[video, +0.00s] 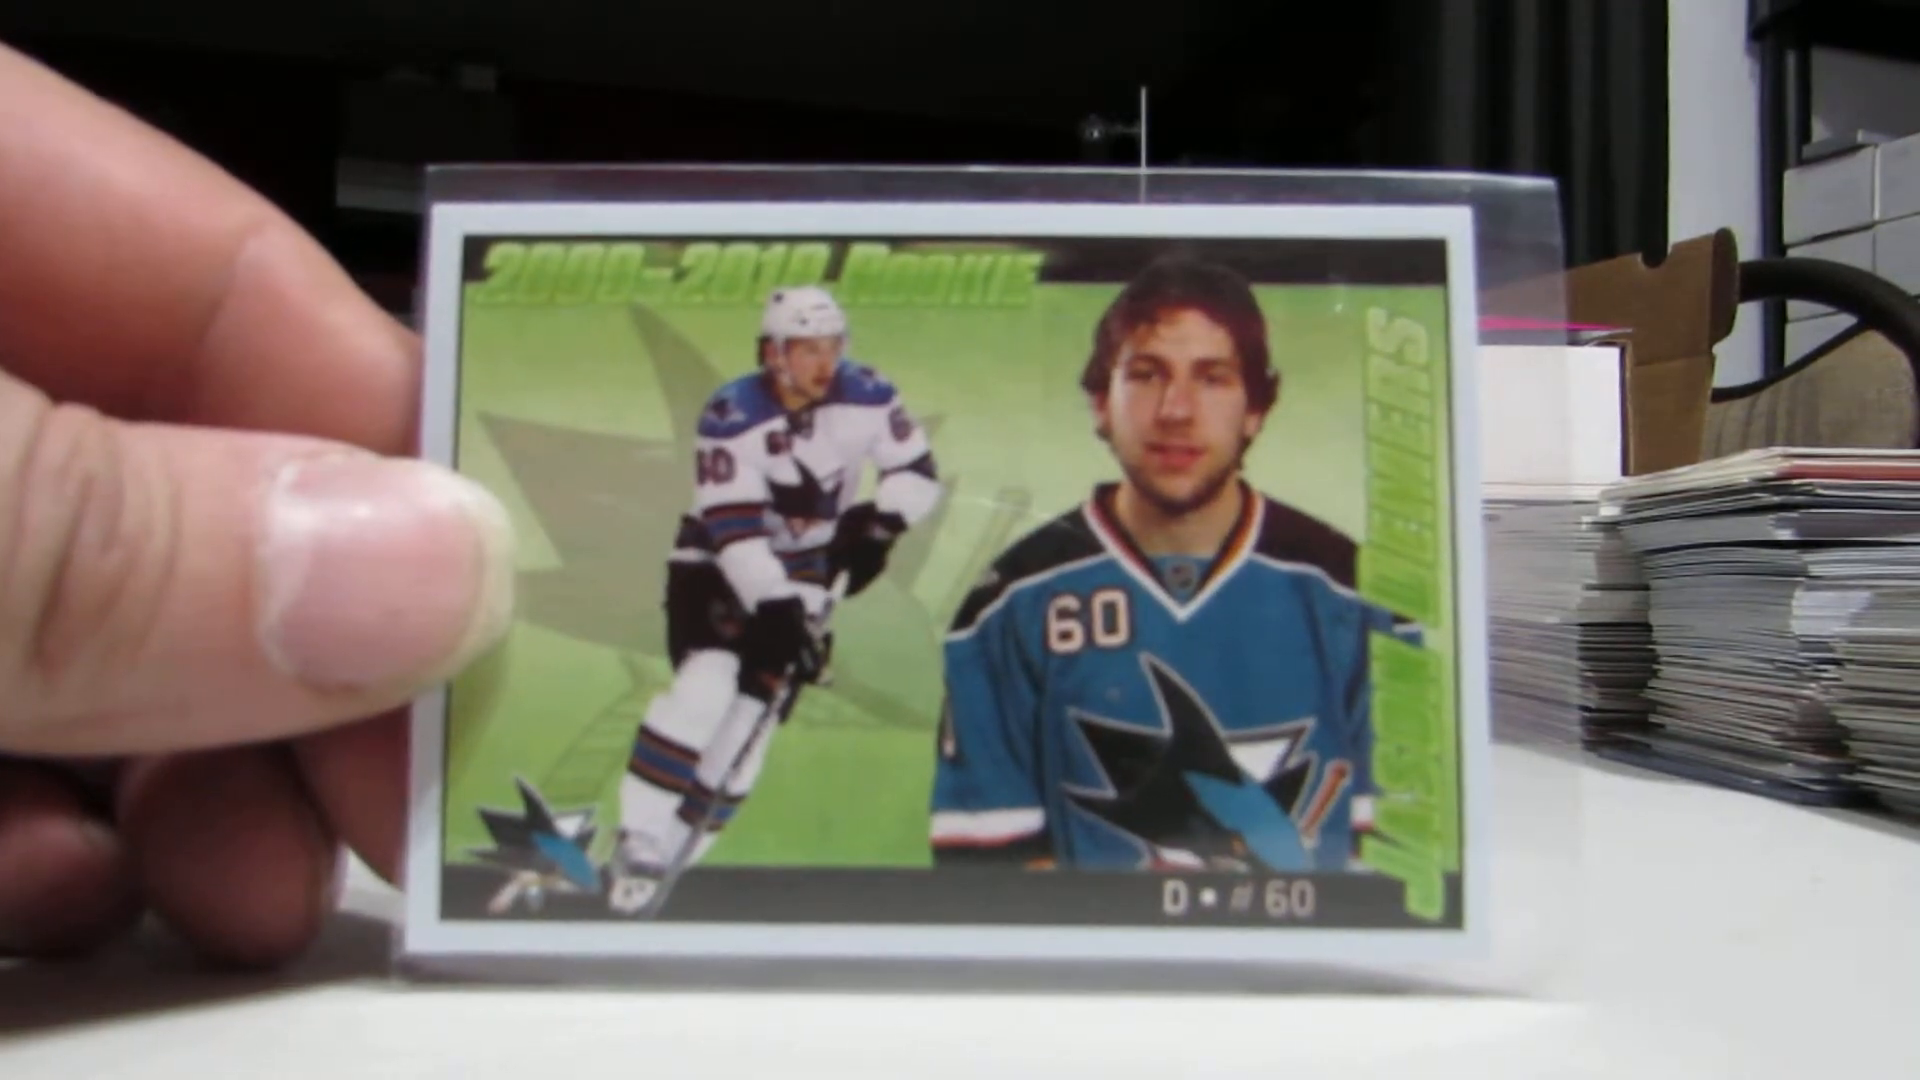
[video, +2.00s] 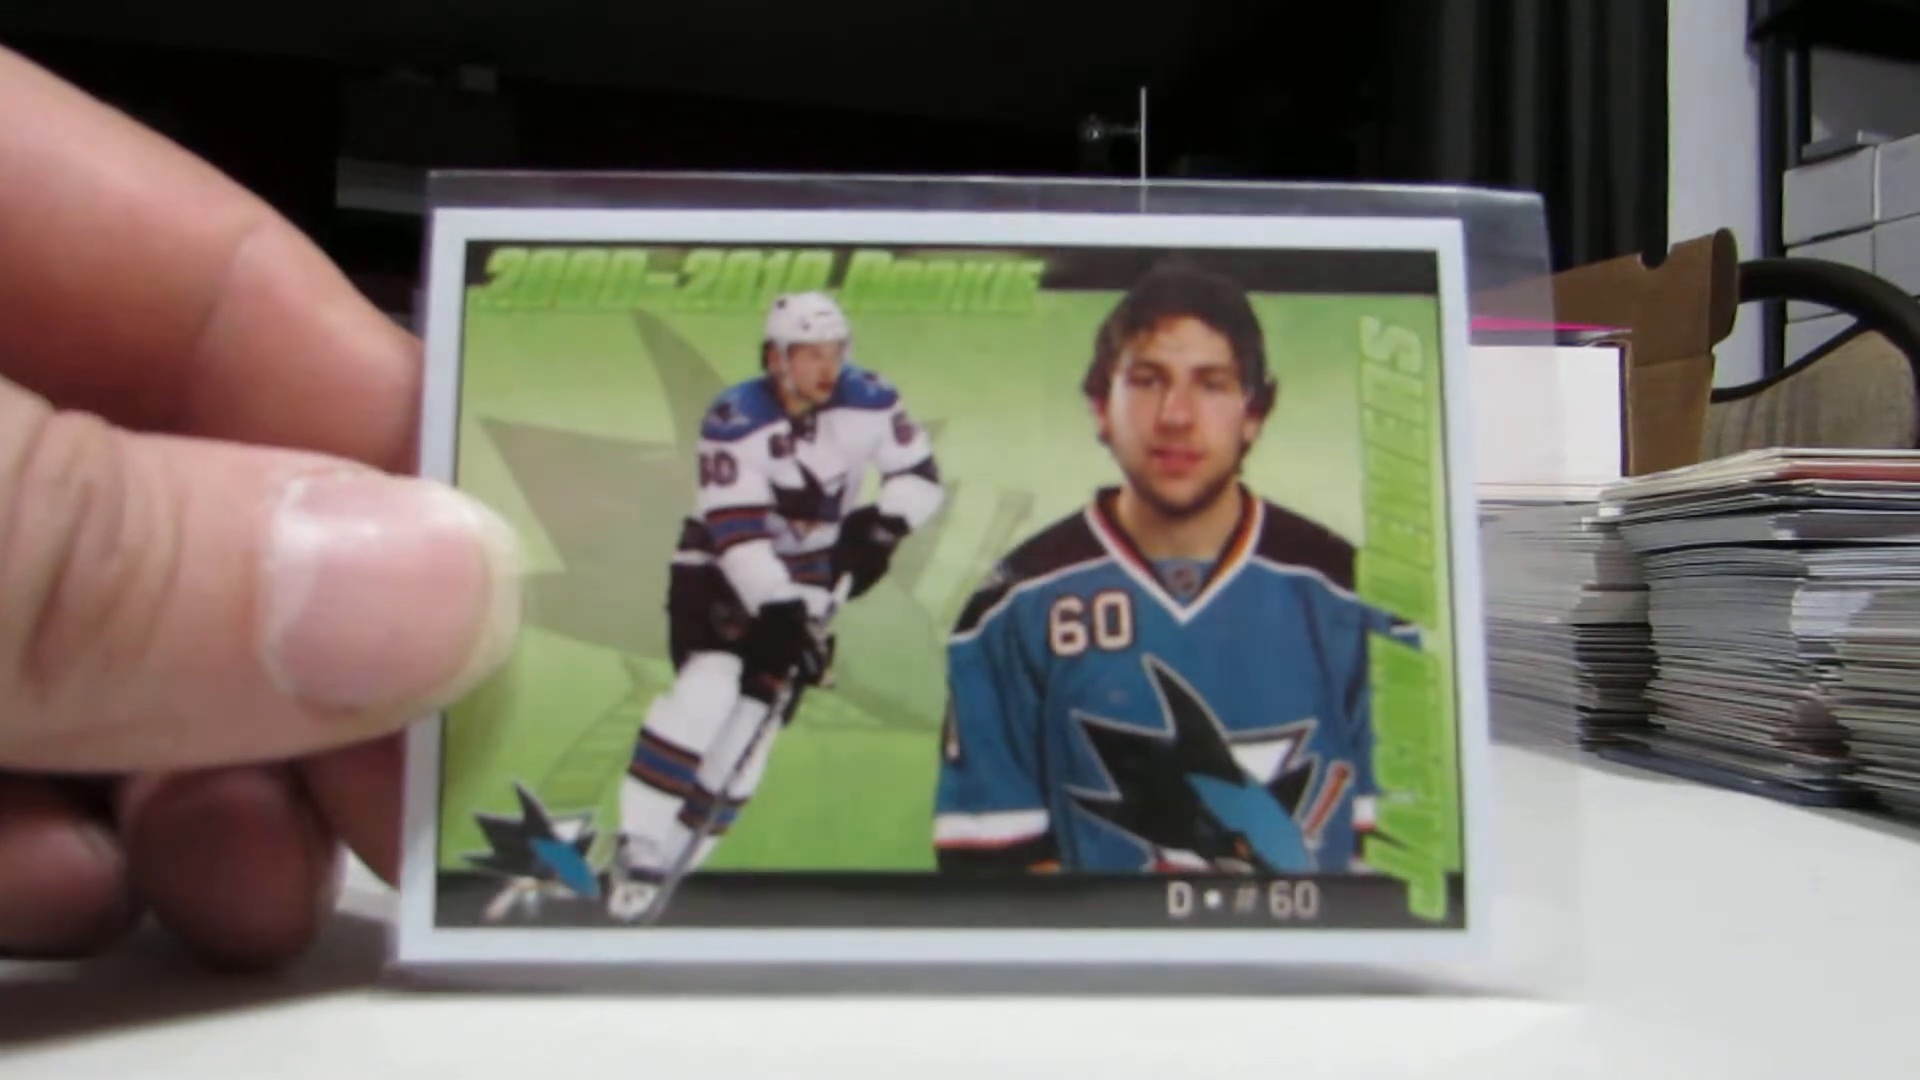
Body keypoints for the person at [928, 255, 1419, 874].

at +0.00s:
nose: (1175, 408)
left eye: (1211, 377)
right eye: (1145, 374)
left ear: (1254, 411)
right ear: (1101, 404)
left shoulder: (1351, 586)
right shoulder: (1015, 601)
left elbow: (1396, 853)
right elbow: (988, 876)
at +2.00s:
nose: (1175, 414)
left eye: (1210, 383)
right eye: (1146, 380)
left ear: (1252, 415)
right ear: (1101, 409)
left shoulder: (1349, 589)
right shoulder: (1016, 606)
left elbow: (1395, 848)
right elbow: (992, 868)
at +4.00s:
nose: (1177, 411)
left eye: (1213, 380)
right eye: (1147, 377)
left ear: (1255, 414)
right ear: (1102, 407)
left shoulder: (1355, 589)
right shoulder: (1017, 605)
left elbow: (1400, 855)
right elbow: (994, 874)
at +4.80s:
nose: (1177, 411)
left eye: (1212, 381)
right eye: (1147, 377)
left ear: (1255, 415)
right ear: (1103, 408)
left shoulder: (1355, 588)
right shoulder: (1017, 604)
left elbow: (1400, 853)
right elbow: (994, 876)